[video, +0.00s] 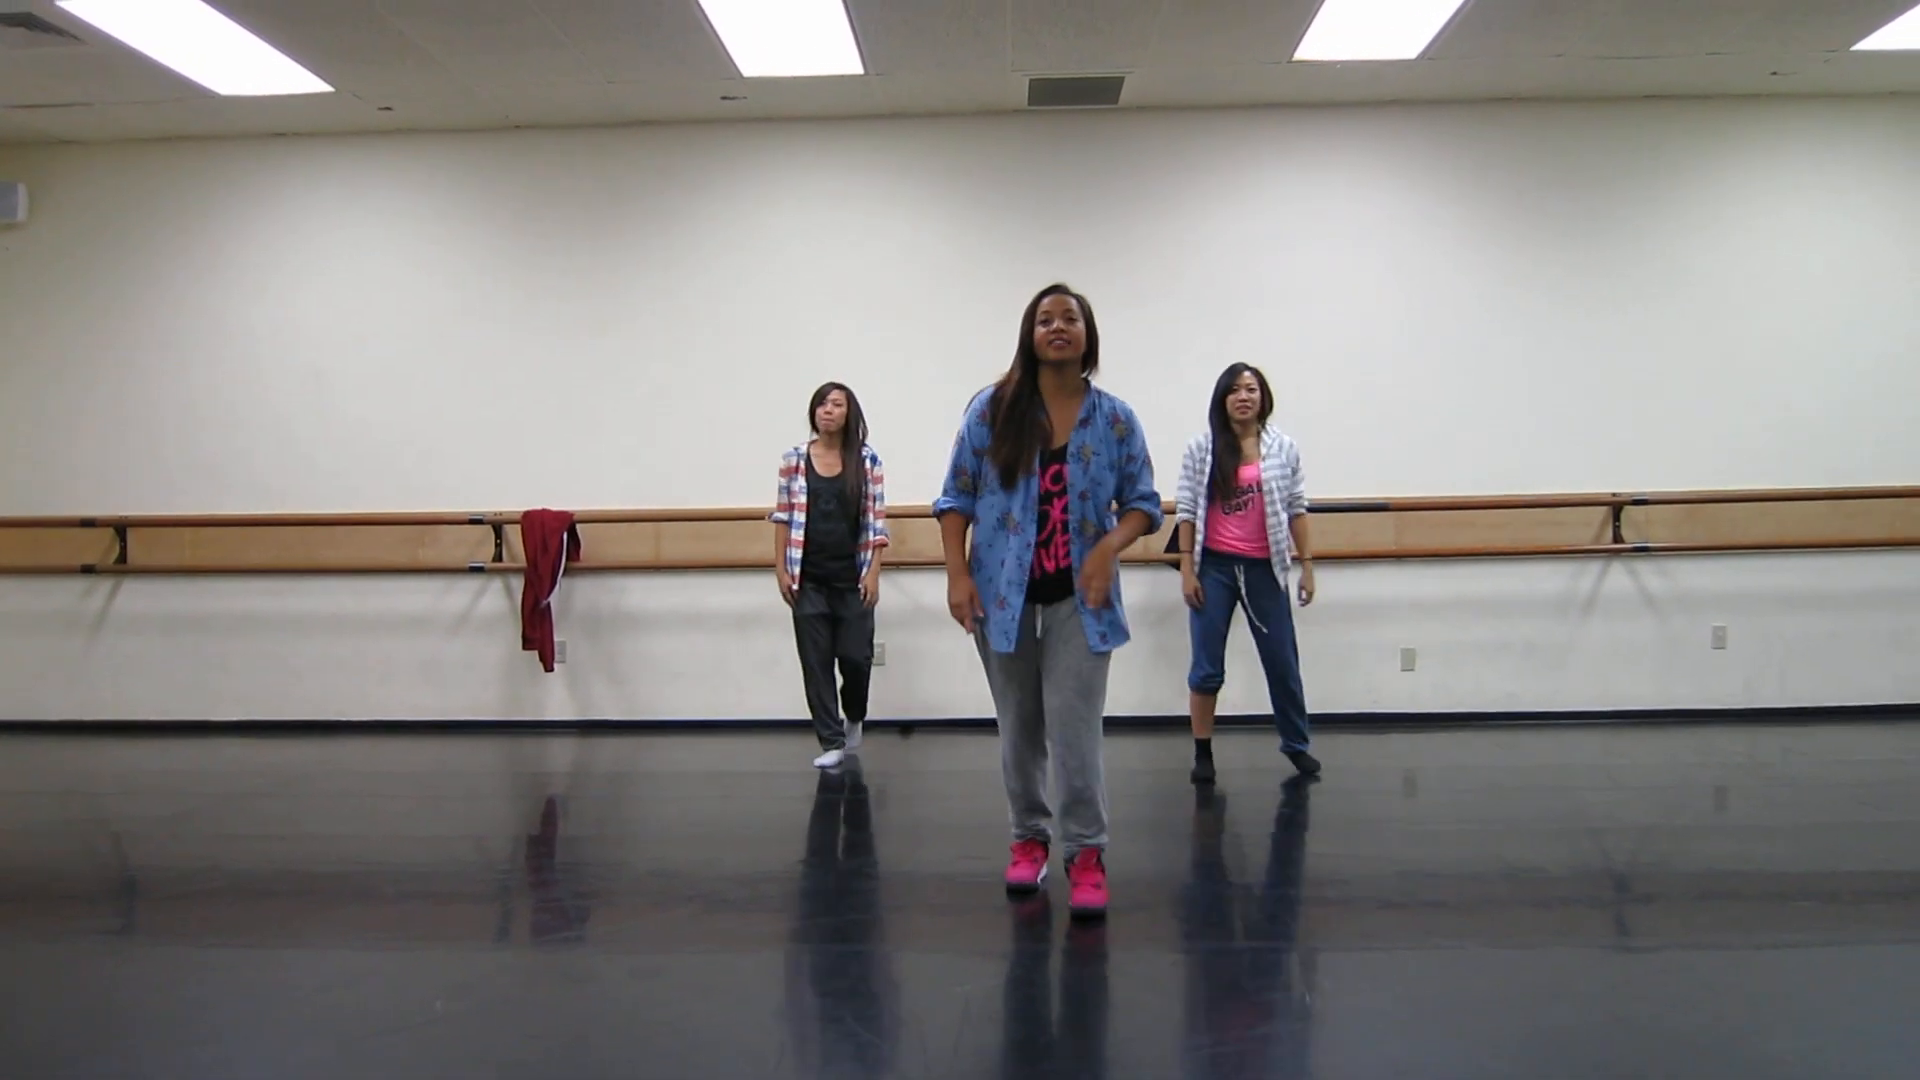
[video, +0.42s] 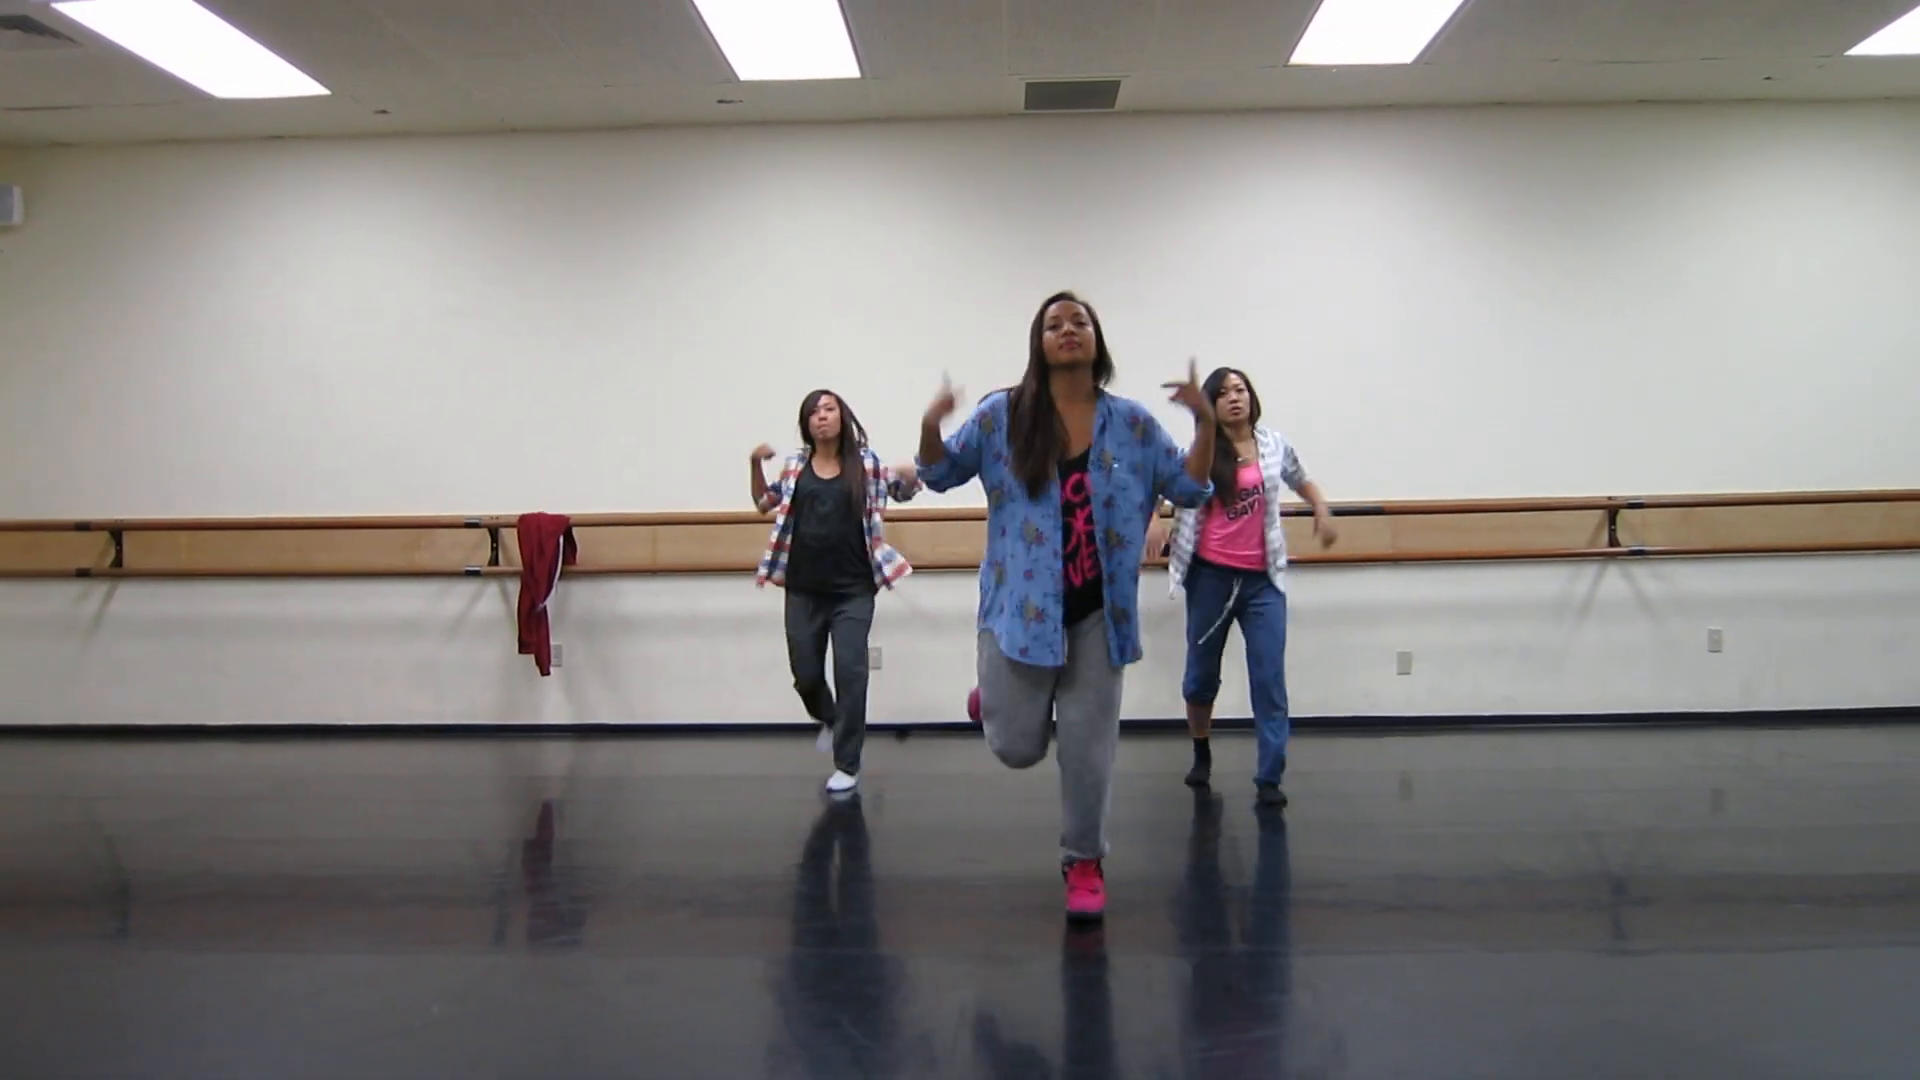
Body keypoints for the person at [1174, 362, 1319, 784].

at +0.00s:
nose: (1243, 396)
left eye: (1251, 390)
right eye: (1234, 390)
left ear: (1263, 399)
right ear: (1221, 400)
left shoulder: (1282, 448)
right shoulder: (1201, 449)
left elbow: (1296, 509)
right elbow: (1187, 512)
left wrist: (1305, 564)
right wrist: (1187, 569)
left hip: (1265, 567)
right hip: (1214, 566)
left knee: (1283, 661)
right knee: (1206, 665)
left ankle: (1297, 746)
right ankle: (1203, 754)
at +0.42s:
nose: (1233, 397)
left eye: (1240, 390)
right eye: (1223, 393)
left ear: (1253, 399)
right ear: (1210, 406)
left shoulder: (1275, 445)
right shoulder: (1198, 450)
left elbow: (1303, 484)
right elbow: (1171, 487)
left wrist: (1322, 512)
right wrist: (1156, 520)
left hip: (1262, 579)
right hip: (1209, 577)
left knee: (1270, 679)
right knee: (1201, 676)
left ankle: (1270, 780)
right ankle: (1200, 751)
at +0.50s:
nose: (1248, 393)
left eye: (1253, 386)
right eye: (1237, 388)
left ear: (1262, 398)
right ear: (1213, 404)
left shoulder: (1278, 438)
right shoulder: (1198, 451)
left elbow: (1301, 474)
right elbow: (1159, 496)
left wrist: (1332, 474)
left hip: (1268, 574)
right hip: (1214, 574)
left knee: (1275, 678)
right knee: (1217, 671)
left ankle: (1271, 777)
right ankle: (1216, 710)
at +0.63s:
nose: (1261, 409)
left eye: (1267, 402)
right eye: (1251, 403)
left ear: (1275, 412)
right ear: (1232, 414)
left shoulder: (1287, 460)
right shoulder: (1214, 458)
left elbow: (1313, 503)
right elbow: (1203, 511)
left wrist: (1319, 515)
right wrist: (1212, 506)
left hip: (1268, 579)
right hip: (1219, 578)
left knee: (1281, 668)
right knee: (1266, 641)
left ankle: (1273, 773)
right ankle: (1267, 742)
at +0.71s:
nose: (1267, 418)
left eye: (1271, 411)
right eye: (1257, 412)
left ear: (1279, 421)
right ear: (1237, 423)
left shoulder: (1293, 469)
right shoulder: (1215, 467)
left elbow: (1285, 519)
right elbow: (1241, 513)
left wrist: (1257, 531)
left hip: (1269, 591)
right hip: (1222, 588)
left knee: (1289, 680)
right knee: (1260, 654)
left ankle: (1271, 783)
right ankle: (1306, 735)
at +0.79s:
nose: (1252, 410)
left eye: (1259, 402)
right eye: (1242, 404)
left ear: (1270, 410)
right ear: (1227, 413)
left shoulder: (1287, 455)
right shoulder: (1209, 456)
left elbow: (1295, 512)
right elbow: (1220, 501)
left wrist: (1241, 518)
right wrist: (1287, 499)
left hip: (1274, 577)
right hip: (1223, 576)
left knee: (1290, 671)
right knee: (1269, 635)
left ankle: (1269, 777)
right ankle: (1281, 740)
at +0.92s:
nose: (1235, 396)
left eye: (1242, 387)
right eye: (1225, 391)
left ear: (1257, 394)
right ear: (1212, 403)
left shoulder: (1286, 432)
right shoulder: (1202, 451)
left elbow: (1353, 442)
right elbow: (1139, 459)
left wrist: (1311, 451)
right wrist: (1185, 442)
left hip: (1276, 571)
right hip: (1221, 571)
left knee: (1312, 666)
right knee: (1213, 671)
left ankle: (1314, 763)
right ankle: (1175, 756)